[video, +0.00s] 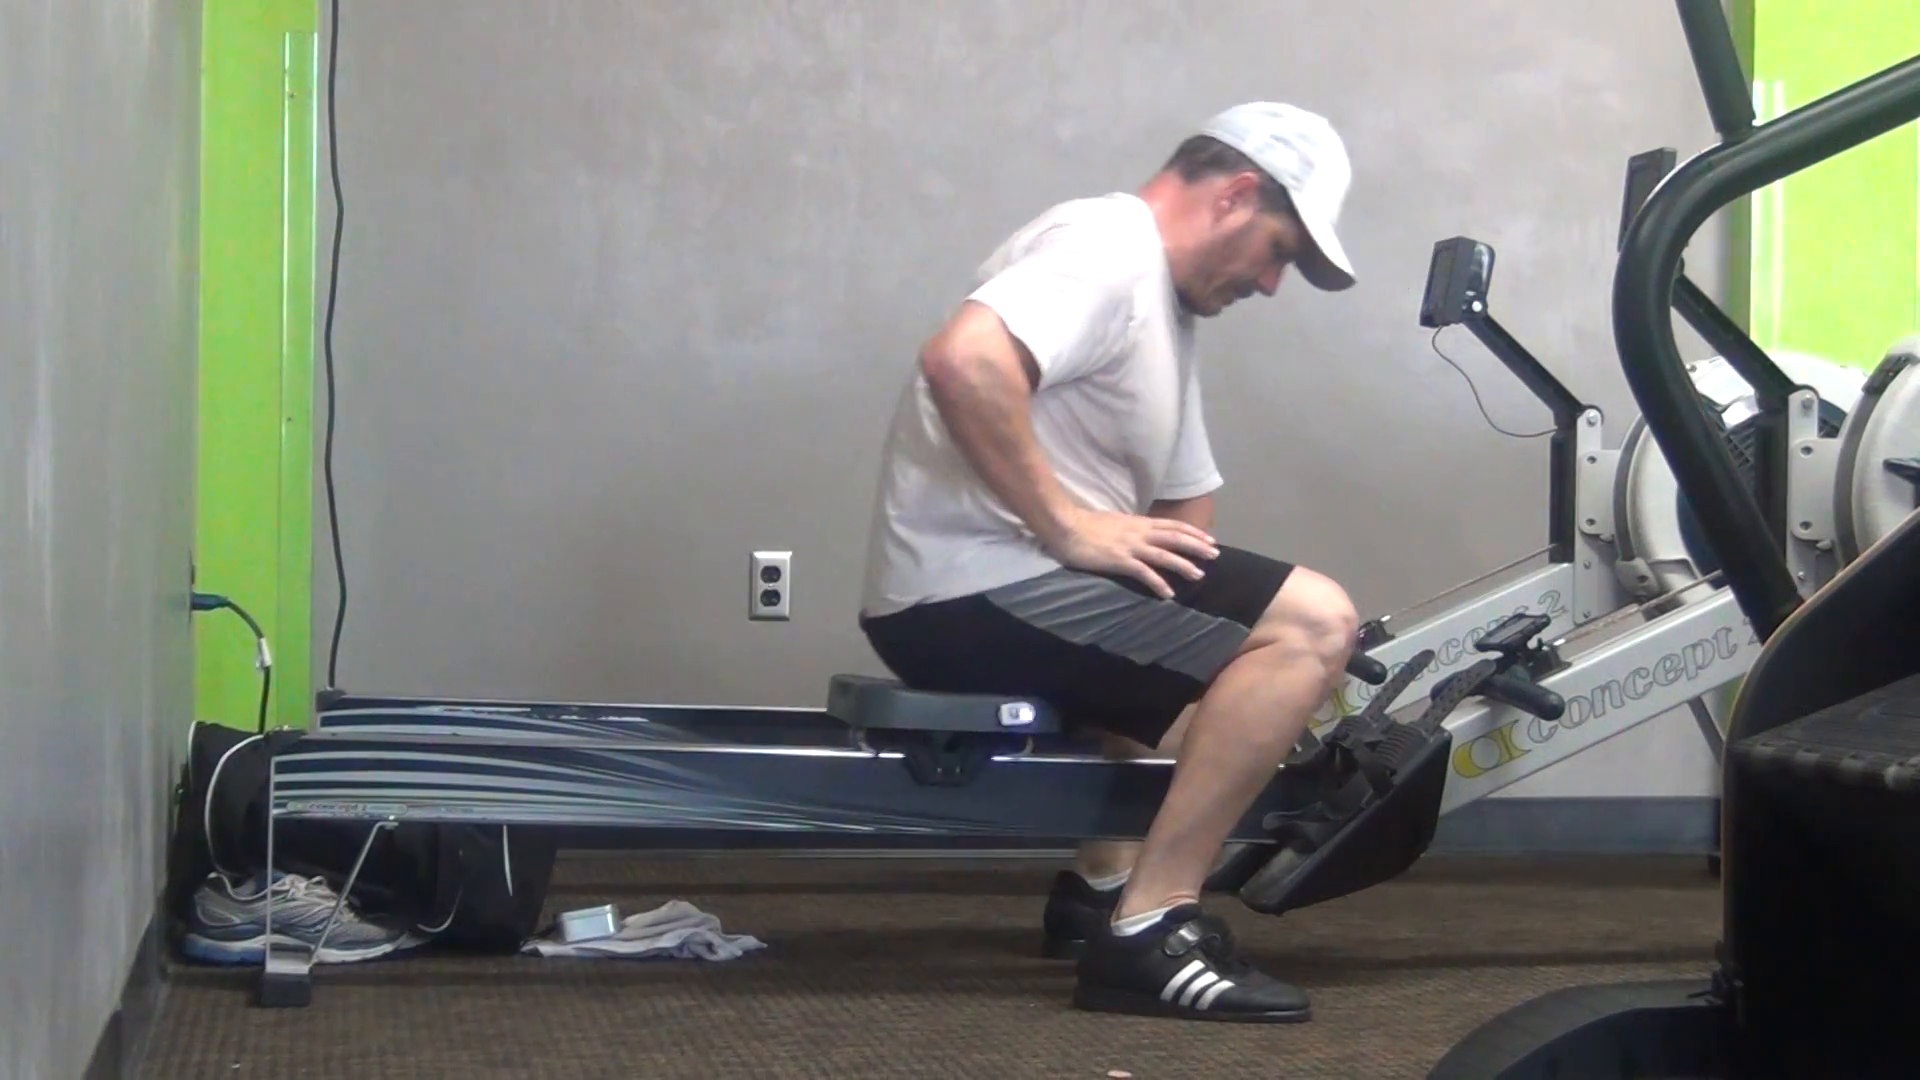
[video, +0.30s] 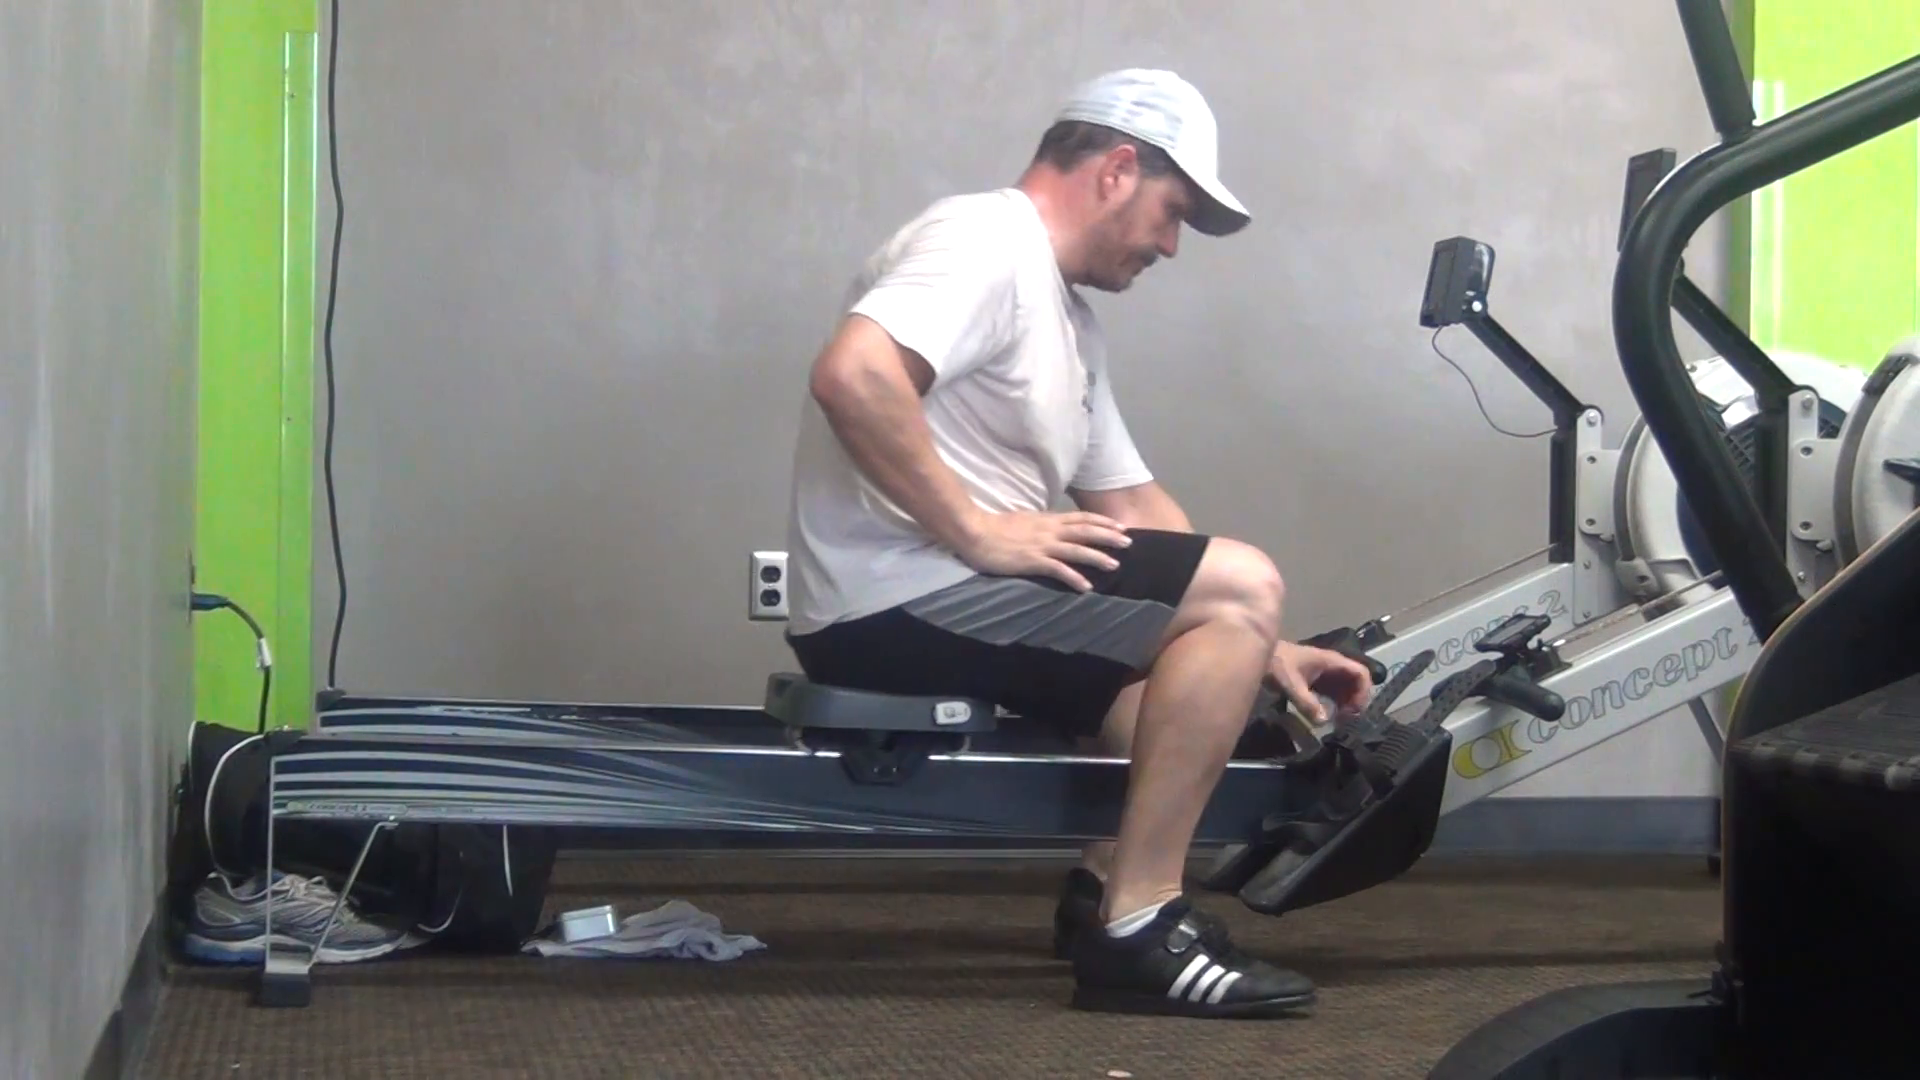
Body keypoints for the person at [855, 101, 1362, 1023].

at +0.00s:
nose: (1274, 283)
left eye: (1289, 265)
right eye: (1283, 253)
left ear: (1233, 198)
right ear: (1235, 197)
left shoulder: (1160, 301)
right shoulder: (1110, 242)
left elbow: (1190, 507)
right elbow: (966, 358)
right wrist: (1067, 522)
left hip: (1021, 585)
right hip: (965, 591)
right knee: (1313, 624)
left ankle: (1102, 880)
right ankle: (1148, 930)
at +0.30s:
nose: (1173, 246)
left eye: (1185, 222)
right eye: (1175, 212)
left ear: (1114, 177)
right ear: (1116, 171)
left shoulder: (1066, 314)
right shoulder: (989, 239)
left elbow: (1132, 501)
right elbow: (855, 376)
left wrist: (1267, 652)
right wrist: (974, 529)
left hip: (954, 596)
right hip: (884, 597)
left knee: (1205, 692)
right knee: (1244, 584)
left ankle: (1109, 892)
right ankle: (1139, 925)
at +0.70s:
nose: (1133, 234)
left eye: (1141, 211)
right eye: (1130, 199)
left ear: (1067, 172)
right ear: (1067, 166)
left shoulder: (1041, 343)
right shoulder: (922, 234)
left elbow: (1126, 520)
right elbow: (777, 359)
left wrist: (1263, 674)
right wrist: (901, 525)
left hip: (914, 603)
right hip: (817, 596)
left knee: (1164, 628)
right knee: (1181, 567)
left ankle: (1136, 929)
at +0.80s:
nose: (1114, 225)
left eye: (1122, 203)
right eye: (1110, 190)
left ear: (1051, 166)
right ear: (1046, 156)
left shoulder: (1025, 339)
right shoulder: (908, 232)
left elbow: (1110, 515)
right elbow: (768, 363)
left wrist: (1254, 661)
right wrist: (899, 524)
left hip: (910, 602)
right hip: (814, 598)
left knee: (1163, 625)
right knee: (1180, 560)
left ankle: (1136, 927)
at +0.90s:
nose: (1087, 217)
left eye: (1095, 195)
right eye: (1083, 183)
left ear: (1020, 155)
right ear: (1020, 147)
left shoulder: (1008, 334)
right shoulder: (887, 225)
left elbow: (1104, 505)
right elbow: (753, 361)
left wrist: (1245, 650)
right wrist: (892, 521)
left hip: (906, 598)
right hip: (814, 596)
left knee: (1161, 621)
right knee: (1177, 559)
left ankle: (1137, 924)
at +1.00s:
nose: (1058, 215)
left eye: (1066, 193)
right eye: (1054, 180)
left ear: (993, 149)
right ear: (991, 142)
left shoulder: (991, 330)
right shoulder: (855, 219)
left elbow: (1103, 501)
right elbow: (724, 353)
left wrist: (1248, 638)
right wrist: (882, 497)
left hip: (907, 585)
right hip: (815, 591)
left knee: (1150, 565)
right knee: (1160, 531)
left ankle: (1147, 871)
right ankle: (1168, 877)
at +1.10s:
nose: (1036, 208)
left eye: (1044, 187)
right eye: (1031, 173)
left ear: (972, 143)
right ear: (969, 138)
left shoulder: (980, 327)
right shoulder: (832, 214)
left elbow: (1093, 497)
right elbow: (692, 337)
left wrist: (1238, 622)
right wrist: (854, 469)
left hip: (905, 588)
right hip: (809, 585)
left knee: (1104, 589)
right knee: (1134, 467)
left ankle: (1144, 878)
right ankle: (1165, 821)